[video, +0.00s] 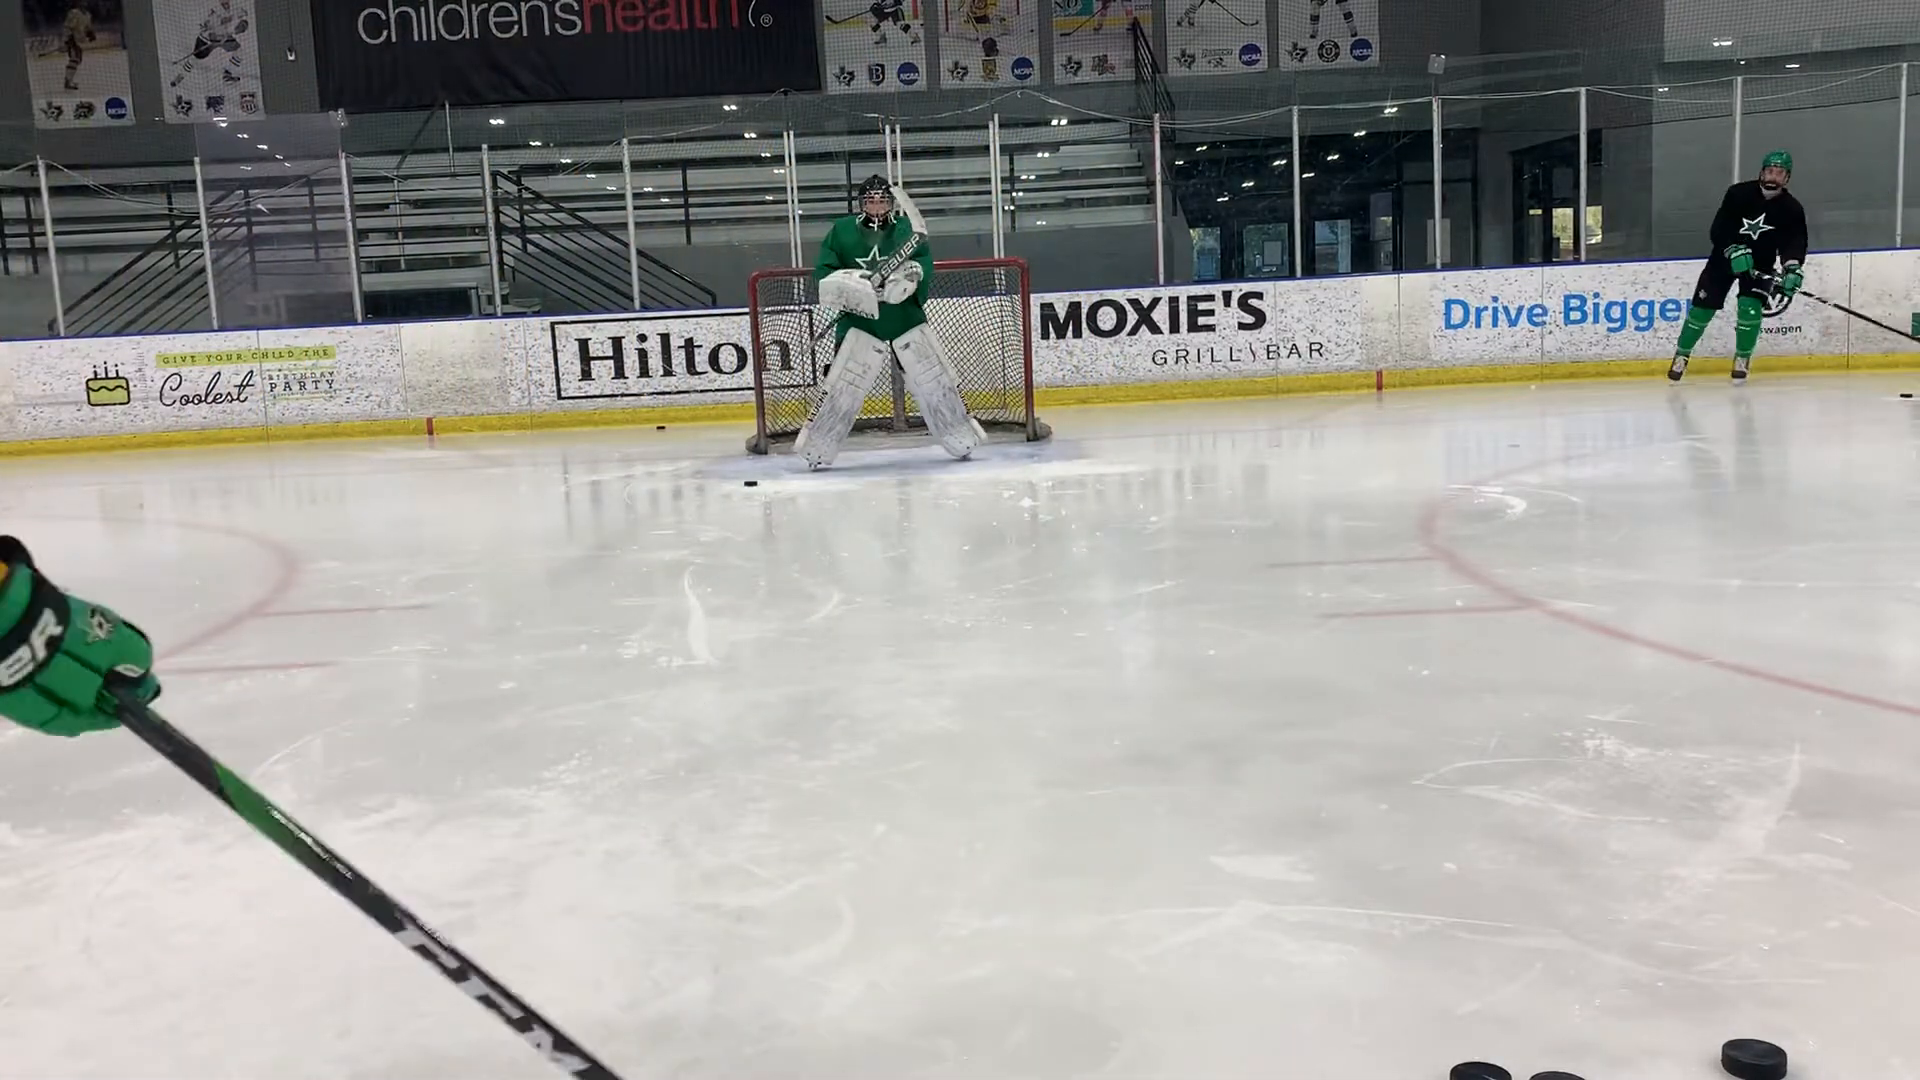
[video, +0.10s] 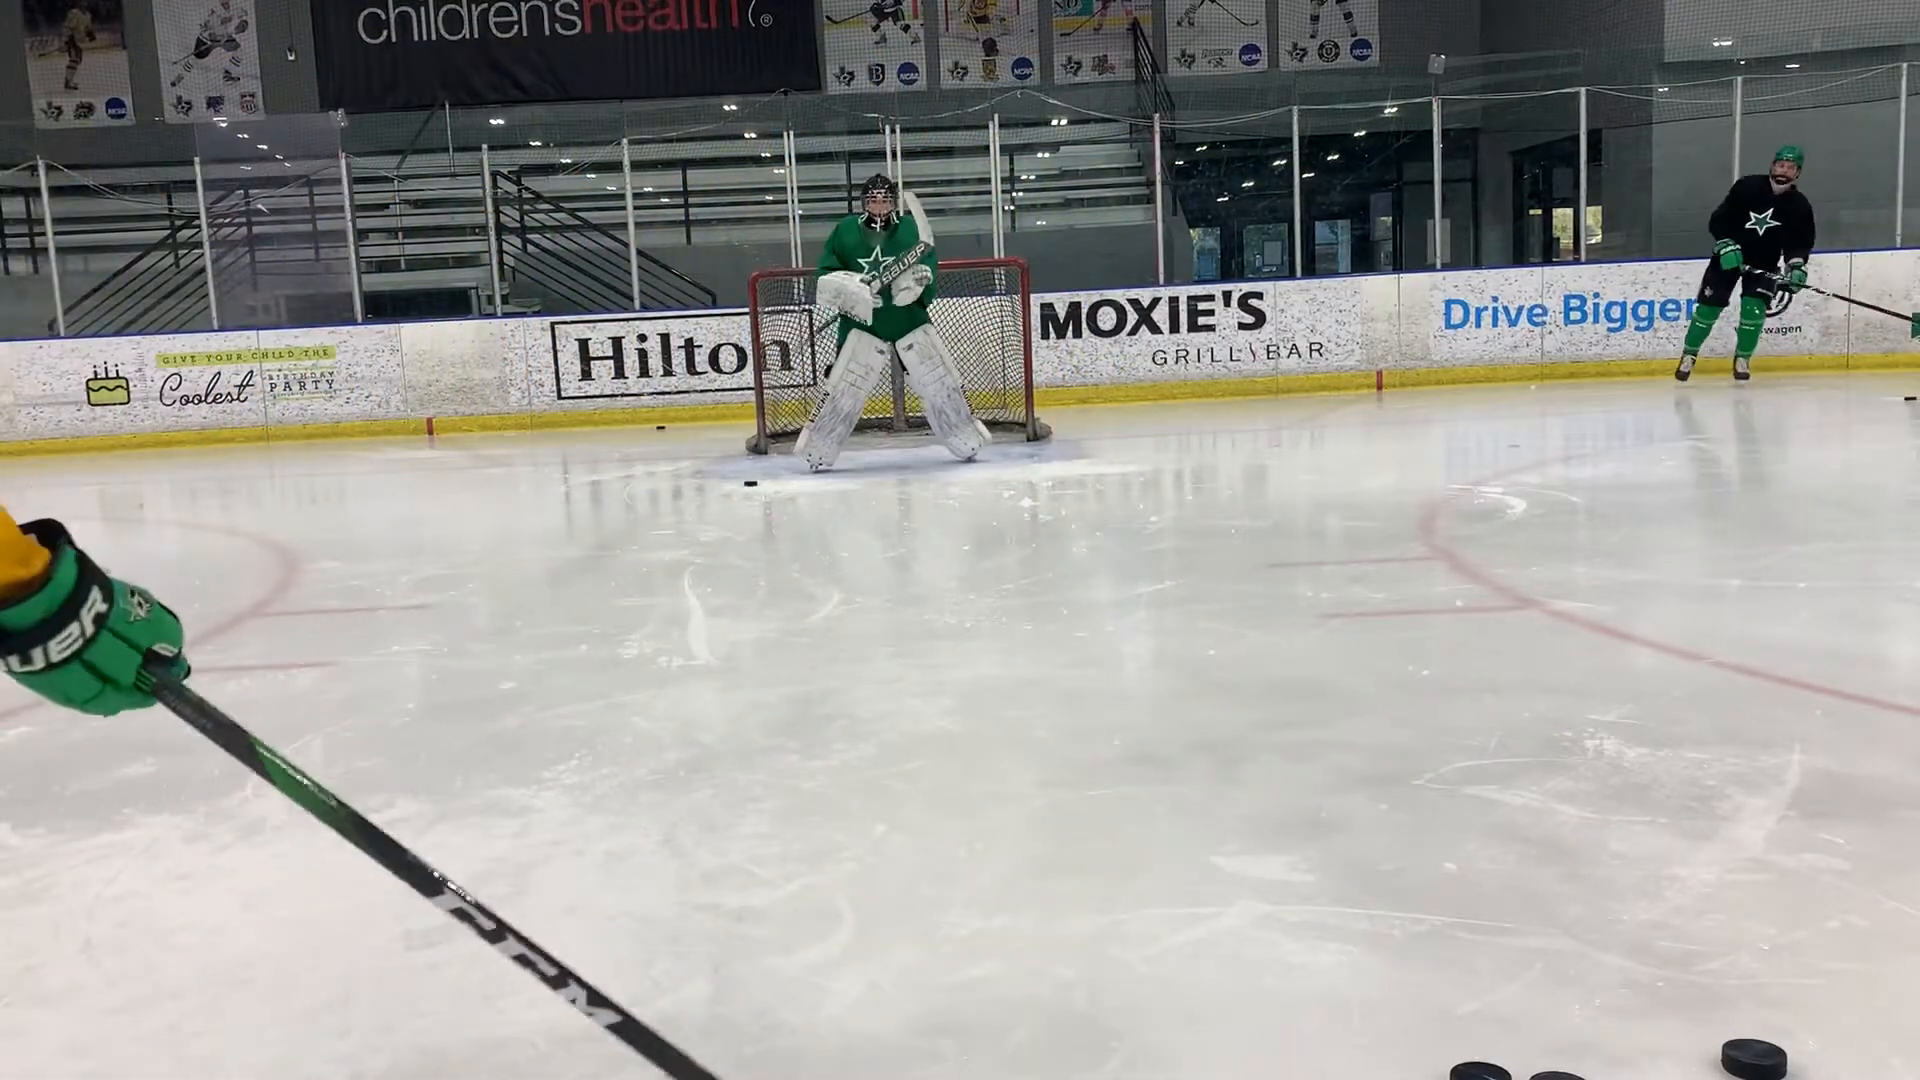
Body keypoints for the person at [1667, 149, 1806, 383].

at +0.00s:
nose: (1772, 176)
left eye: (1779, 172)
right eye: (1769, 170)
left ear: (1786, 177)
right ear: (1762, 172)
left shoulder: (1792, 208)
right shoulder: (1738, 193)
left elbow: (1795, 244)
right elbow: (1718, 230)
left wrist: (1792, 270)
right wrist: (1732, 250)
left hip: (1761, 262)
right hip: (1727, 255)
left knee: (1749, 308)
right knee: (1703, 306)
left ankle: (1742, 358)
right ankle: (1682, 355)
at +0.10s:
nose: (1783, 170)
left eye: (1790, 167)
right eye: (1780, 164)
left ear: (1797, 173)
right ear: (1773, 166)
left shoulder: (1799, 205)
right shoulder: (1747, 187)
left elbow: (1800, 241)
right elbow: (1718, 219)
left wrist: (1796, 267)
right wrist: (1725, 244)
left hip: (1764, 263)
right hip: (1731, 254)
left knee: (1753, 311)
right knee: (1708, 306)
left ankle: (1742, 359)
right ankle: (1689, 354)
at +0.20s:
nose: (1795, 164)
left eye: (1802, 161)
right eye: (1792, 158)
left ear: (1808, 167)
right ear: (1783, 159)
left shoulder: (1809, 202)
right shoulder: (1755, 180)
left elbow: (1805, 241)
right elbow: (1722, 208)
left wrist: (1805, 266)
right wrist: (1721, 236)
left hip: (1769, 260)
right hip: (1735, 251)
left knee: (1758, 308)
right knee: (1717, 304)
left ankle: (1747, 359)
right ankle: (1702, 354)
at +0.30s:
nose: (1805, 157)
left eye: (1812, 154)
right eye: (1801, 151)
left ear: (1818, 161)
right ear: (1793, 153)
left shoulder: (1817, 197)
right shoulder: (1762, 174)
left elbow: (1814, 238)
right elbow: (1727, 202)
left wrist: (1814, 268)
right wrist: (1722, 229)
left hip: (1776, 257)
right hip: (1741, 249)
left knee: (1766, 309)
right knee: (1727, 304)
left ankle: (1754, 360)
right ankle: (1716, 355)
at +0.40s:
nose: (1814, 153)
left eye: (1820, 149)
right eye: (1810, 147)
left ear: (1827, 156)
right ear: (1800, 149)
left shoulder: (1826, 192)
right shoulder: (1769, 170)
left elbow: (1821, 234)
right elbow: (1736, 199)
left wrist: (1815, 266)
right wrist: (1730, 225)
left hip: (1786, 258)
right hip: (1750, 250)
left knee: (1775, 312)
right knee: (1739, 306)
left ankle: (1763, 361)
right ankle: (1730, 358)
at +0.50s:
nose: (1822, 149)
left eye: (1828, 145)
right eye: (1818, 143)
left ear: (1834, 151)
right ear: (1807, 145)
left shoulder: (1836, 188)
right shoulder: (1777, 168)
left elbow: (1831, 229)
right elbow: (1746, 196)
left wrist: (1821, 260)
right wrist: (1734, 219)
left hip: (1799, 259)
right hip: (1762, 251)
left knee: (1787, 312)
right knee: (1753, 306)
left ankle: (1772, 362)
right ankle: (1746, 361)